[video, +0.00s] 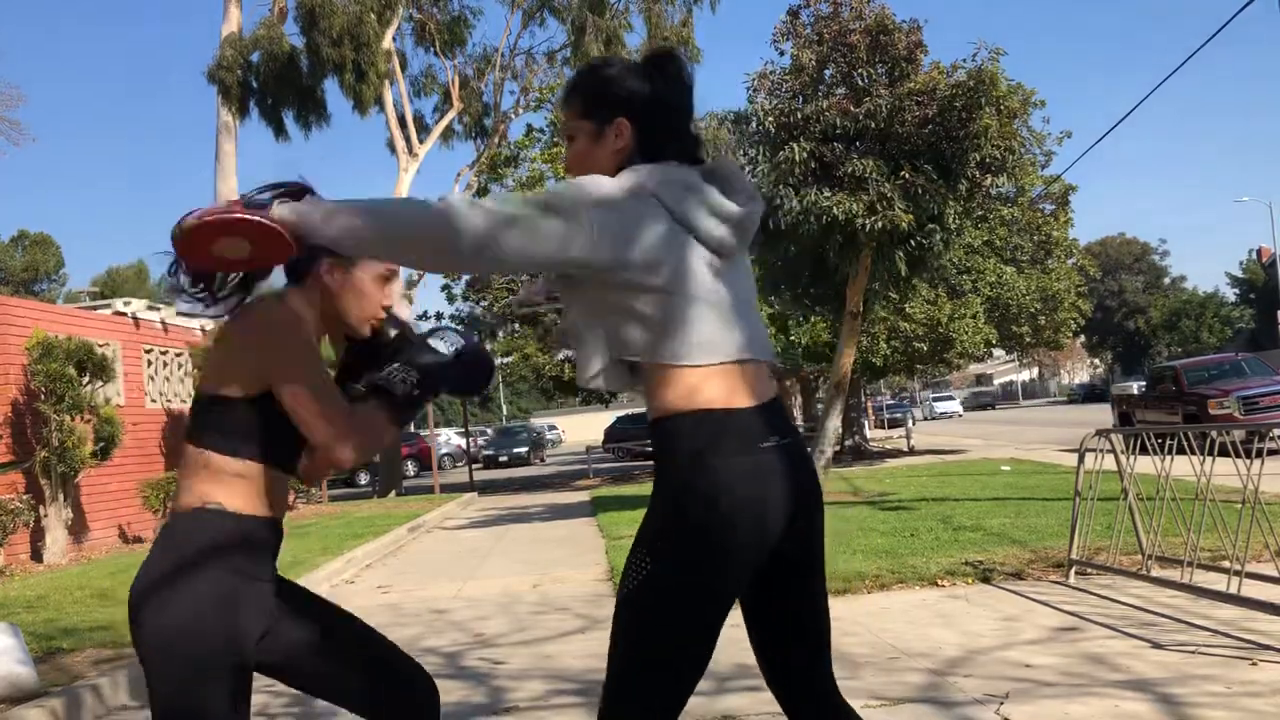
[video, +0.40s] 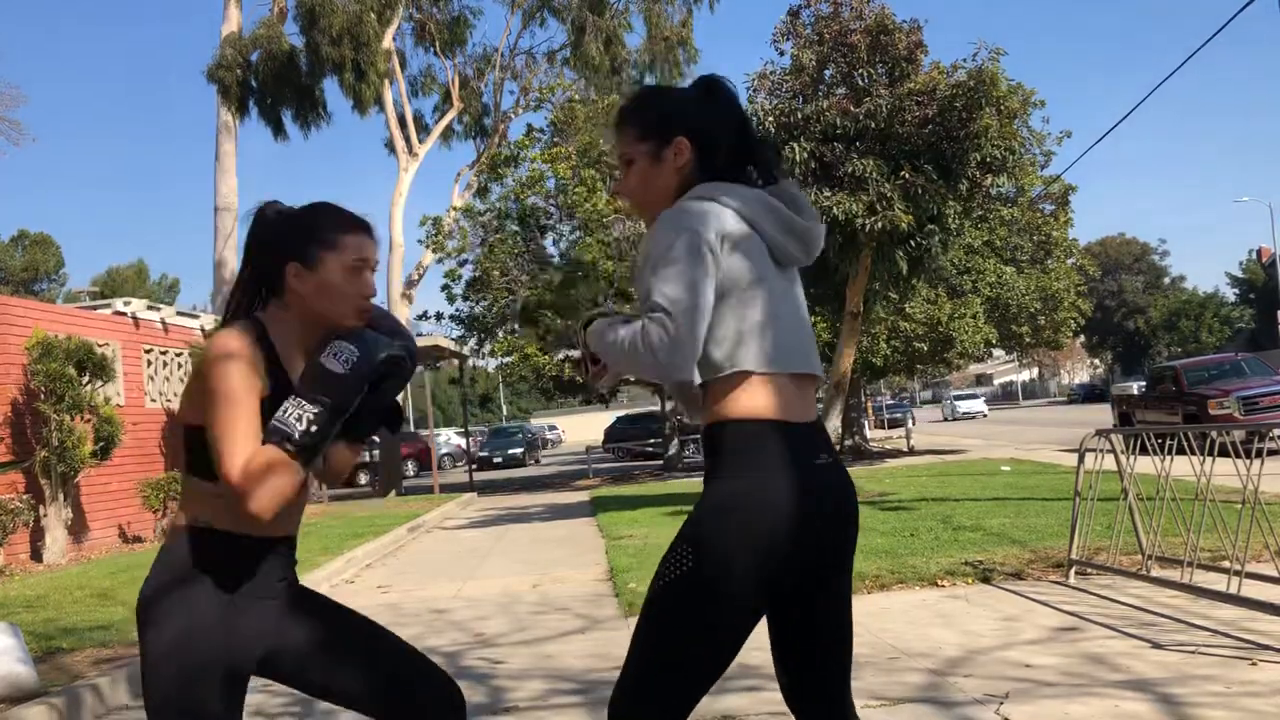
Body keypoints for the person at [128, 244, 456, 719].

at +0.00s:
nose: (393, 299)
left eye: (395, 281)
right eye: (384, 278)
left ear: (330, 274)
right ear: (330, 272)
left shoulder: (265, 327)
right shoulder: (275, 324)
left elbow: (311, 464)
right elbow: (343, 446)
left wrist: (359, 384)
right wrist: (411, 383)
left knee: (410, 695)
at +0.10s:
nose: (414, 354)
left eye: (415, 336)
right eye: (405, 333)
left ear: (351, 331)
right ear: (350, 328)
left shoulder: (329, 393)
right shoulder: (259, 373)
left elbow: (343, 512)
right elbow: (232, 515)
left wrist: (395, 438)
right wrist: (322, 441)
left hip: (234, 611)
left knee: (419, 697)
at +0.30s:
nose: (376, 341)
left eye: (377, 324)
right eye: (362, 322)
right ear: (299, 331)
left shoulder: (329, 401)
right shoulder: (212, 393)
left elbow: (367, 511)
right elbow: (192, 547)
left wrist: (391, 425)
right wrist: (256, 459)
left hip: (265, 621)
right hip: (181, 625)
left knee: (439, 704)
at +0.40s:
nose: (373, 288)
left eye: (371, 271)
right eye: (358, 269)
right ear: (298, 277)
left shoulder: (319, 353)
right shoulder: (232, 351)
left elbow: (334, 471)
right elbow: (258, 499)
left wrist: (371, 395)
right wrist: (316, 401)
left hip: (269, 596)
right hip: (195, 603)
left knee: (435, 699)